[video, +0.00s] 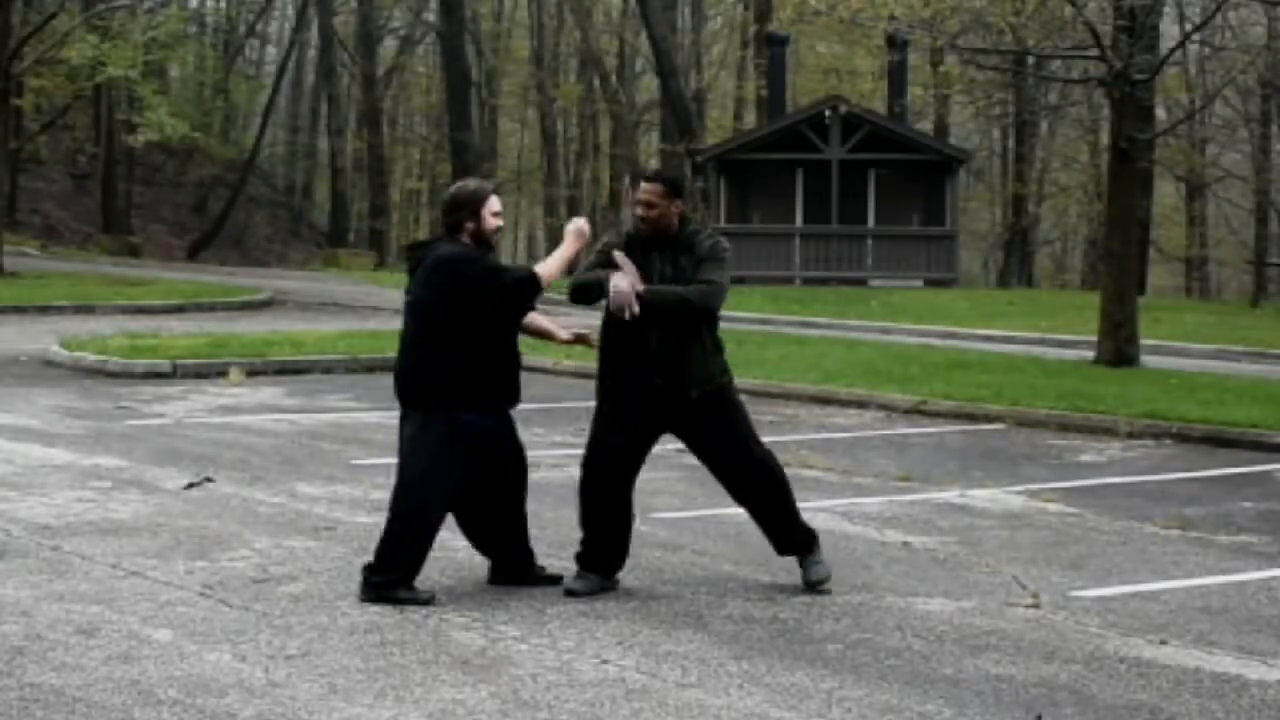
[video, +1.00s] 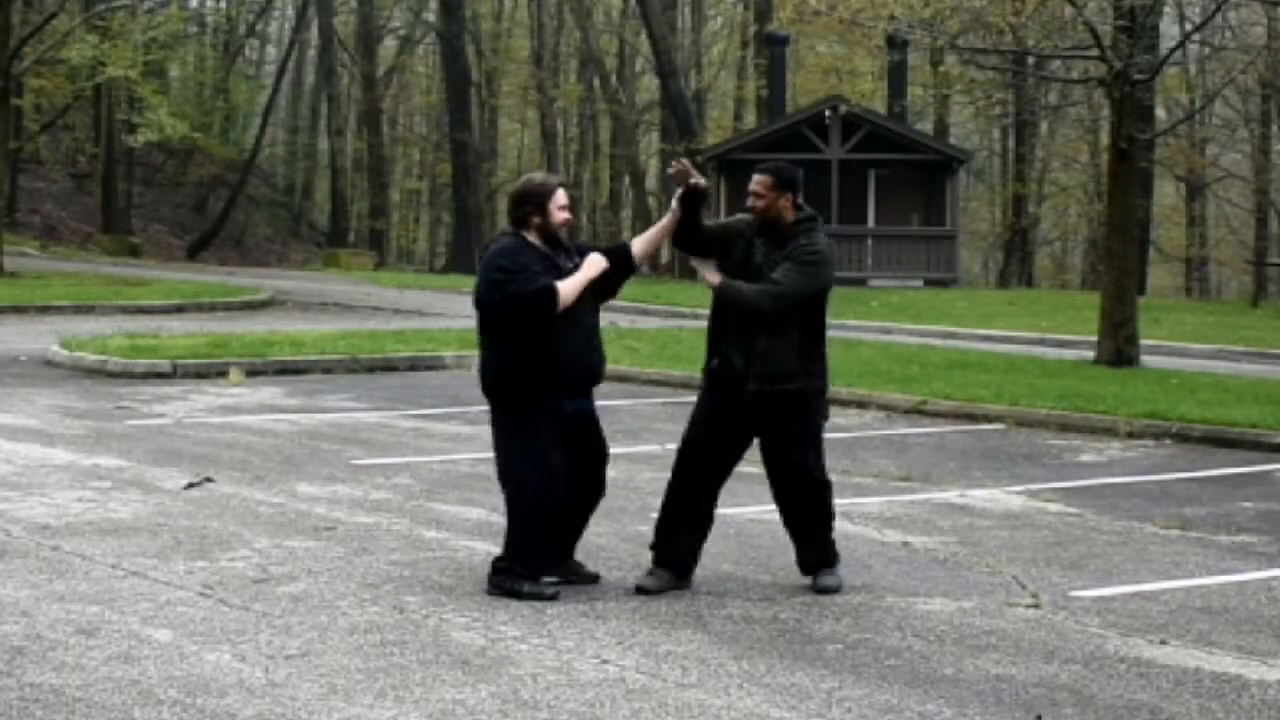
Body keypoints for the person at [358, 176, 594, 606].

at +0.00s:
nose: (500, 223)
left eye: (500, 215)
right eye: (493, 216)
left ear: (468, 223)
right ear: (468, 221)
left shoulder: (472, 263)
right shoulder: (452, 263)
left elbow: (507, 311)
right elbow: (523, 287)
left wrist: (554, 332)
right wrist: (569, 248)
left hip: (477, 402)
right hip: (441, 405)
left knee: (502, 481)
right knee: (423, 493)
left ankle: (512, 564)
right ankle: (386, 579)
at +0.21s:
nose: (534, 215)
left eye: (532, 208)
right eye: (527, 208)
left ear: (497, 215)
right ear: (504, 215)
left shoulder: (467, 253)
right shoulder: (503, 252)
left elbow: (501, 298)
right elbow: (570, 240)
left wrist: (549, 307)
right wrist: (614, 197)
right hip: (492, 395)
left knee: (515, 480)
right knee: (452, 482)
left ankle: (514, 565)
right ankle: (395, 565)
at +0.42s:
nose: (554, 213)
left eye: (553, 205)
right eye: (548, 206)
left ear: (514, 211)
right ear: (525, 210)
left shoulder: (480, 248)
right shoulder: (537, 248)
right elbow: (592, 263)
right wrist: (637, 257)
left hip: (481, 383)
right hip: (525, 387)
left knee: (519, 473)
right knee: (493, 477)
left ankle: (513, 564)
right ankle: (444, 569)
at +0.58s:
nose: (569, 216)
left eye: (568, 208)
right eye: (564, 208)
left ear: (527, 213)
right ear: (540, 213)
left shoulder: (496, 251)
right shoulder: (548, 257)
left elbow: (522, 289)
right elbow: (595, 314)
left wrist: (570, 268)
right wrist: (652, 335)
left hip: (487, 382)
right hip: (530, 387)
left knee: (498, 469)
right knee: (529, 474)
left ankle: (515, 560)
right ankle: (488, 570)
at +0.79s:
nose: (571, 215)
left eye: (571, 207)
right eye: (565, 207)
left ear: (537, 212)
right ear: (540, 210)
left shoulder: (544, 254)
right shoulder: (523, 252)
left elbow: (602, 281)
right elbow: (555, 315)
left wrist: (665, 258)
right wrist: (596, 318)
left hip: (533, 386)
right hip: (519, 387)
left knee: (524, 473)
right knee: (535, 476)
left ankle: (517, 564)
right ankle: (514, 571)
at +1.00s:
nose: (568, 216)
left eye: (569, 208)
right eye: (560, 209)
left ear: (546, 214)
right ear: (534, 213)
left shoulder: (567, 256)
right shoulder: (506, 257)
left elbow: (625, 258)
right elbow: (543, 303)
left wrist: (671, 218)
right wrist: (587, 274)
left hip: (569, 395)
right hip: (523, 398)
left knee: (588, 474)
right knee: (534, 484)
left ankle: (557, 556)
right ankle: (514, 571)